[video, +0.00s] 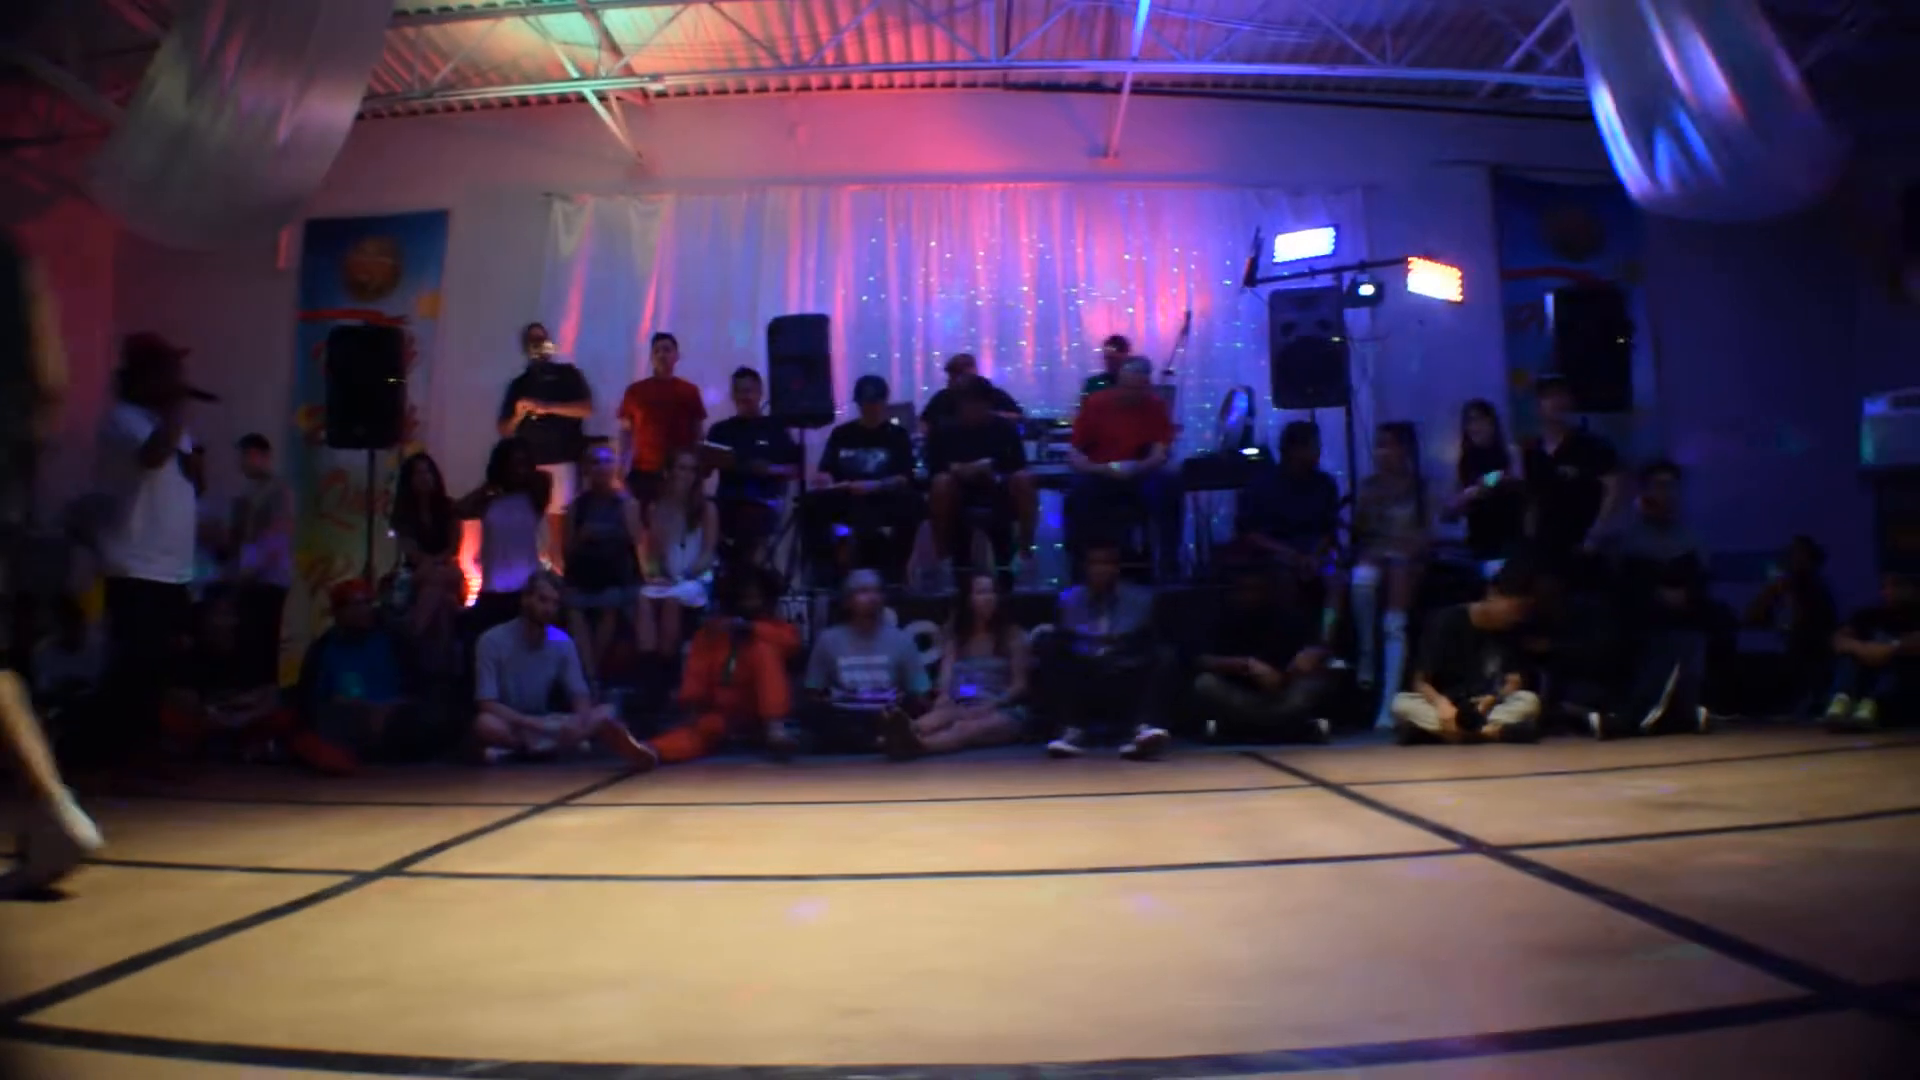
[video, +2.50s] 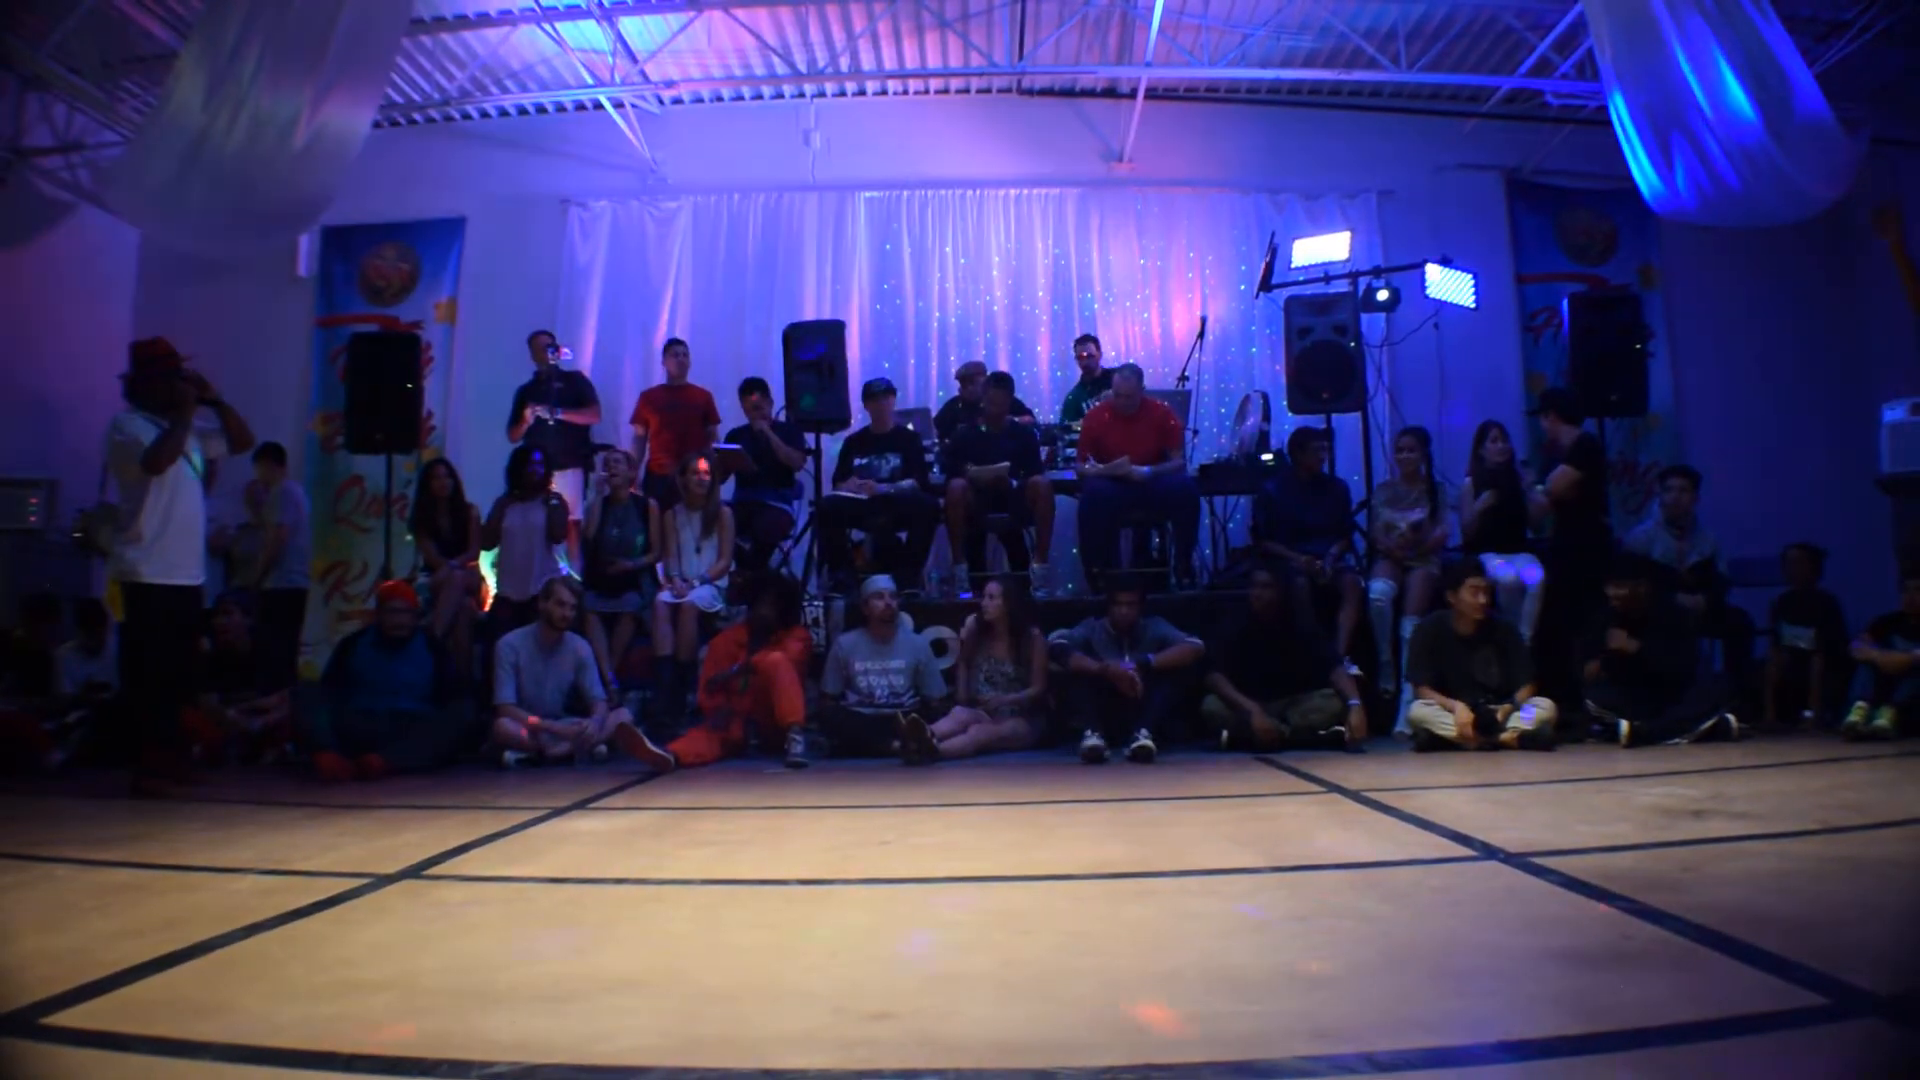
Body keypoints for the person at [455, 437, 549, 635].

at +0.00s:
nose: (517, 469)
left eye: (522, 462)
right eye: (511, 462)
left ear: (528, 464)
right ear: (499, 464)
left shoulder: (534, 499)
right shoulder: (487, 502)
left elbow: (543, 479)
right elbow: (459, 509)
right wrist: (488, 488)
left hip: (527, 590)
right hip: (493, 591)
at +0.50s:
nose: (515, 472)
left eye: (520, 465)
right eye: (509, 465)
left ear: (527, 468)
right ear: (497, 467)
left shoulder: (530, 500)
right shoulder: (487, 503)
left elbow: (548, 492)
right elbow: (460, 519)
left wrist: (524, 483)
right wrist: (483, 494)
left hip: (523, 590)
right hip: (490, 591)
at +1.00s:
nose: (544, 472)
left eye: (548, 466)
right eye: (538, 466)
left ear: (556, 469)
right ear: (525, 468)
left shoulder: (559, 499)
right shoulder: (516, 501)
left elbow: (573, 497)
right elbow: (491, 526)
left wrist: (552, 484)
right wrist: (512, 495)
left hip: (551, 587)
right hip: (518, 588)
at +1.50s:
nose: (534, 471)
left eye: (540, 465)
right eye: (529, 465)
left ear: (552, 471)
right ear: (520, 470)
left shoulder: (557, 502)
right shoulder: (515, 504)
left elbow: (562, 513)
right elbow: (490, 524)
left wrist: (555, 493)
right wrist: (516, 497)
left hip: (548, 592)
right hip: (514, 592)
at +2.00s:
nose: (534, 472)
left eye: (540, 466)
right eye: (529, 466)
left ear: (549, 471)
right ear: (518, 470)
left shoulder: (552, 499)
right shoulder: (509, 502)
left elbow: (556, 514)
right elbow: (488, 524)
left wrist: (547, 495)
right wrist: (510, 498)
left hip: (543, 593)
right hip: (509, 593)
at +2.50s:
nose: (536, 471)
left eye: (541, 465)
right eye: (530, 465)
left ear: (547, 470)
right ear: (517, 469)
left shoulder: (553, 502)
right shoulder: (504, 503)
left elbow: (558, 537)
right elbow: (487, 542)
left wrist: (553, 503)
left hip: (542, 592)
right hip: (508, 592)